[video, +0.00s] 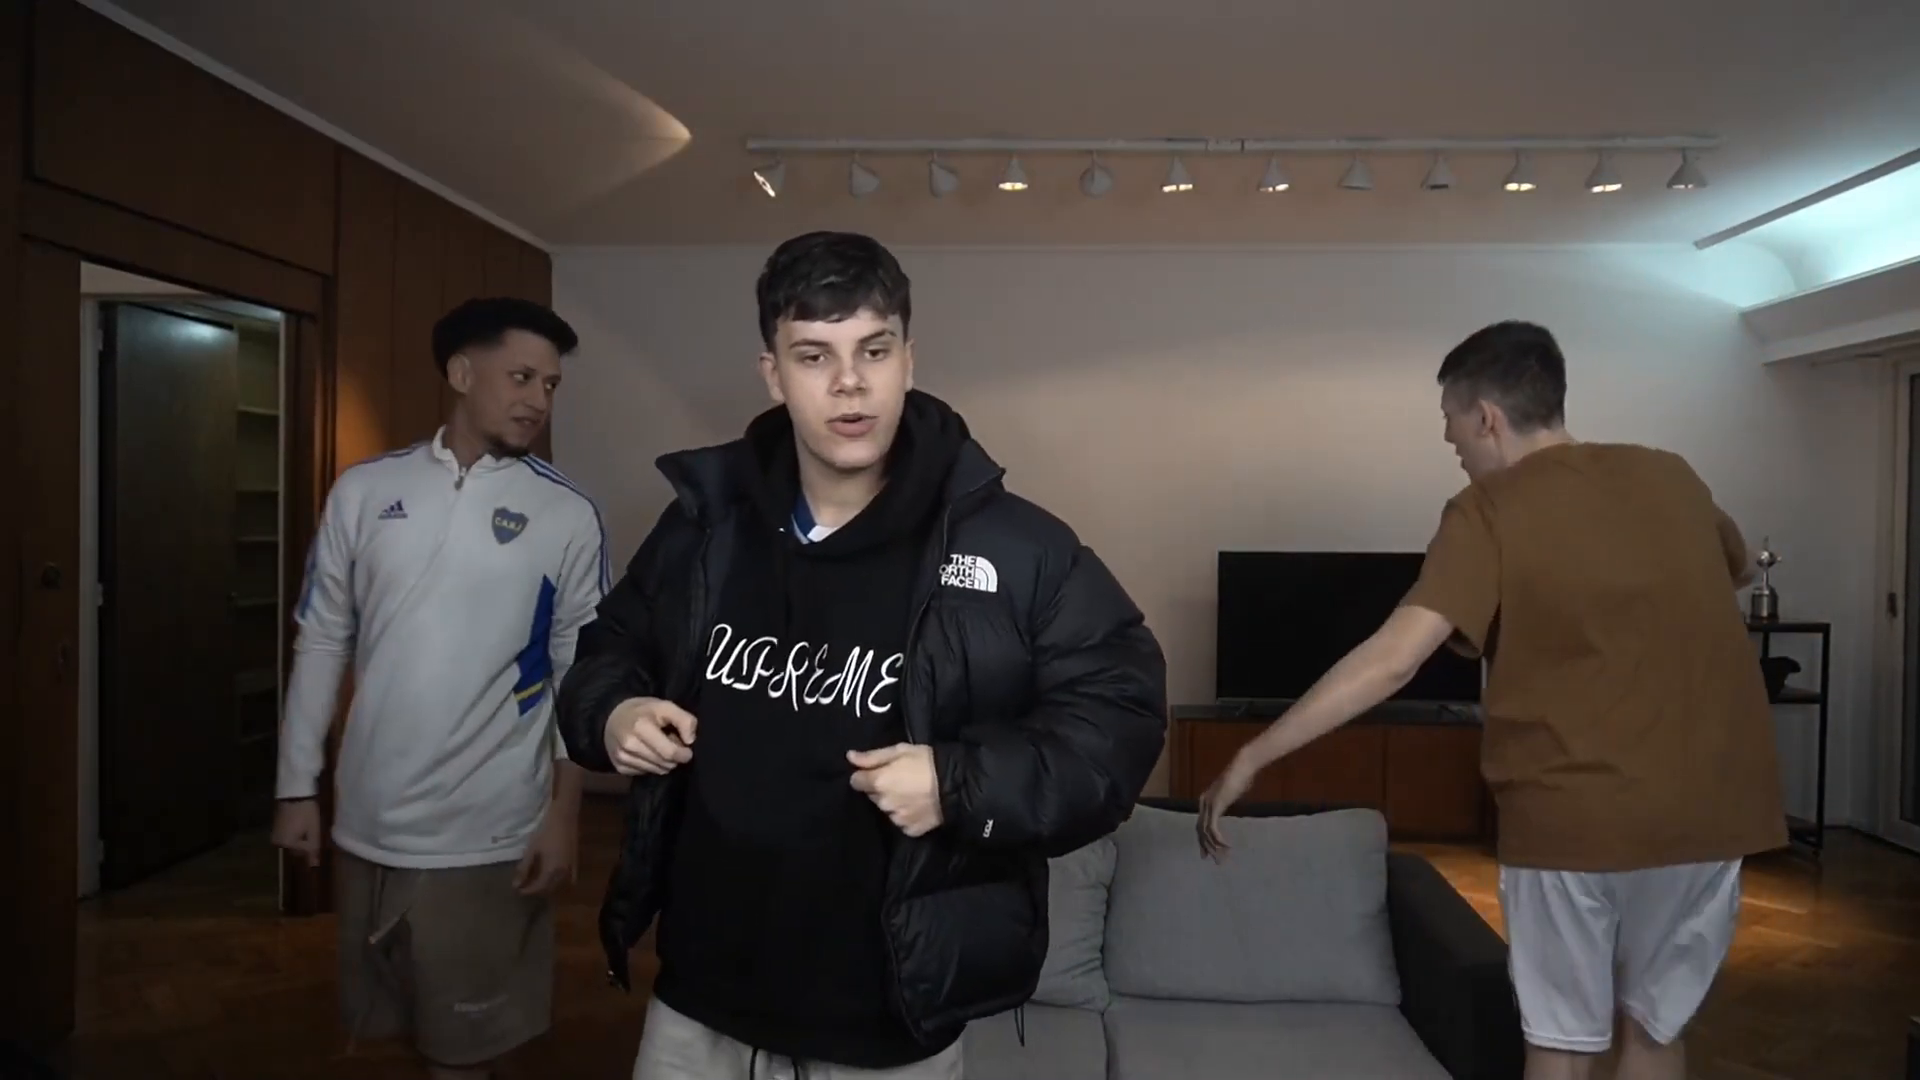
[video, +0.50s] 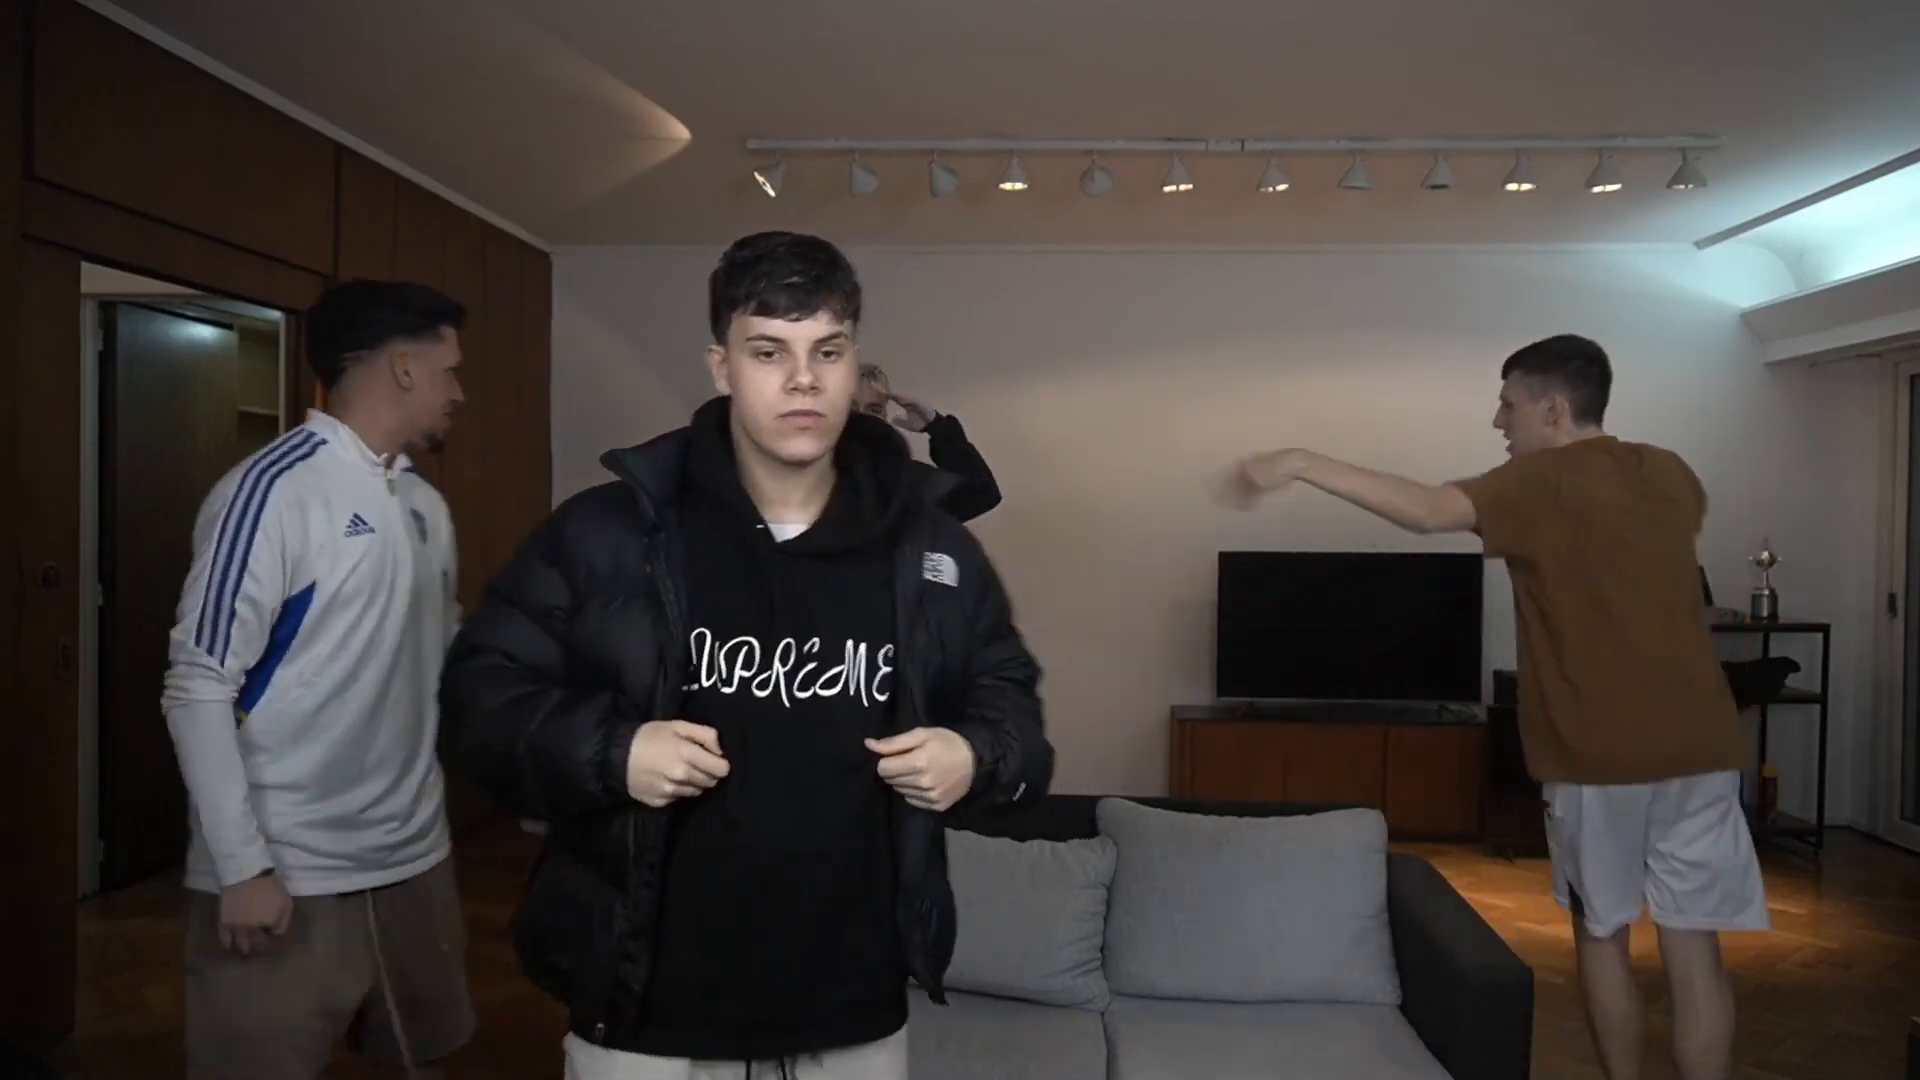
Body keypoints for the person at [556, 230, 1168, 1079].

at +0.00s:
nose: (849, 384)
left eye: (875, 352)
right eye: (816, 357)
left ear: (909, 358)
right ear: (773, 373)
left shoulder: (1014, 553)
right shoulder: (704, 527)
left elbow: (1121, 719)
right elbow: (601, 661)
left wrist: (965, 780)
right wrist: (612, 714)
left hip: (891, 1018)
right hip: (705, 999)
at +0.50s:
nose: (802, 383)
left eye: (828, 354)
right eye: (770, 354)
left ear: (858, 366)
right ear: (721, 366)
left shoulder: (927, 545)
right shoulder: (610, 532)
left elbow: (1016, 724)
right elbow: (478, 697)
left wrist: (975, 757)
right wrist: (610, 749)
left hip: (850, 1009)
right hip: (650, 1009)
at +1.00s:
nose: (543, 392)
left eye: (564, 363)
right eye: (503, 364)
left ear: (587, 371)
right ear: (446, 377)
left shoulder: (612, 545)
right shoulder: (337, 566)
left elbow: (664, 682)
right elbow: (248, 772)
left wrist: (714, 726)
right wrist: (484, 788)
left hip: (615, 1002)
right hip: (425, 1022)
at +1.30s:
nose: (431, 389)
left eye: (447, 360)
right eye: (391, 362)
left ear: (467, 370)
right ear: (323, 378)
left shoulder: (481, 528)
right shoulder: (236, 556)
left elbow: (527, 677)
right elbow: (168, 769)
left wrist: (601, 697)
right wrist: (412, 760)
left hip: (493, 982)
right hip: (335, 1008)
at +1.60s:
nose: (321, 380)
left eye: (340, 354)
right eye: (284, 352)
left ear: (361, 369)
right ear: (220, 369)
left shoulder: (366, 511)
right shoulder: (122, 531)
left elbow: (401, 663)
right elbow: (50, 744)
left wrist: (471, 696)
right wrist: (281, 740)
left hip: (349, 953)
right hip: (204, 975)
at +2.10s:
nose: (37, 367)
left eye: (57, 340)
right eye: (8, 343)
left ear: (88, 357)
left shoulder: (119, 494)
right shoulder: (2, 513)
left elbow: (185, 640)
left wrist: (239, 677)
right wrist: (38, 741)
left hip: (132, 885)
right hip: (15, 903)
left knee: (159, 1056)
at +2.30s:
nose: (126, 371)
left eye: (137, 357)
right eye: (103, 354)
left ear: (148, 373)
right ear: (47, 366)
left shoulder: (172, 492)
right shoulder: (22, 473)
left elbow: (177, 627)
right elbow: (27, 616)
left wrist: (189, 736)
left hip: (149, 786)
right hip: (40, 788)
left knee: (134, 990)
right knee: (44, 994)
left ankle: (124, 1073)